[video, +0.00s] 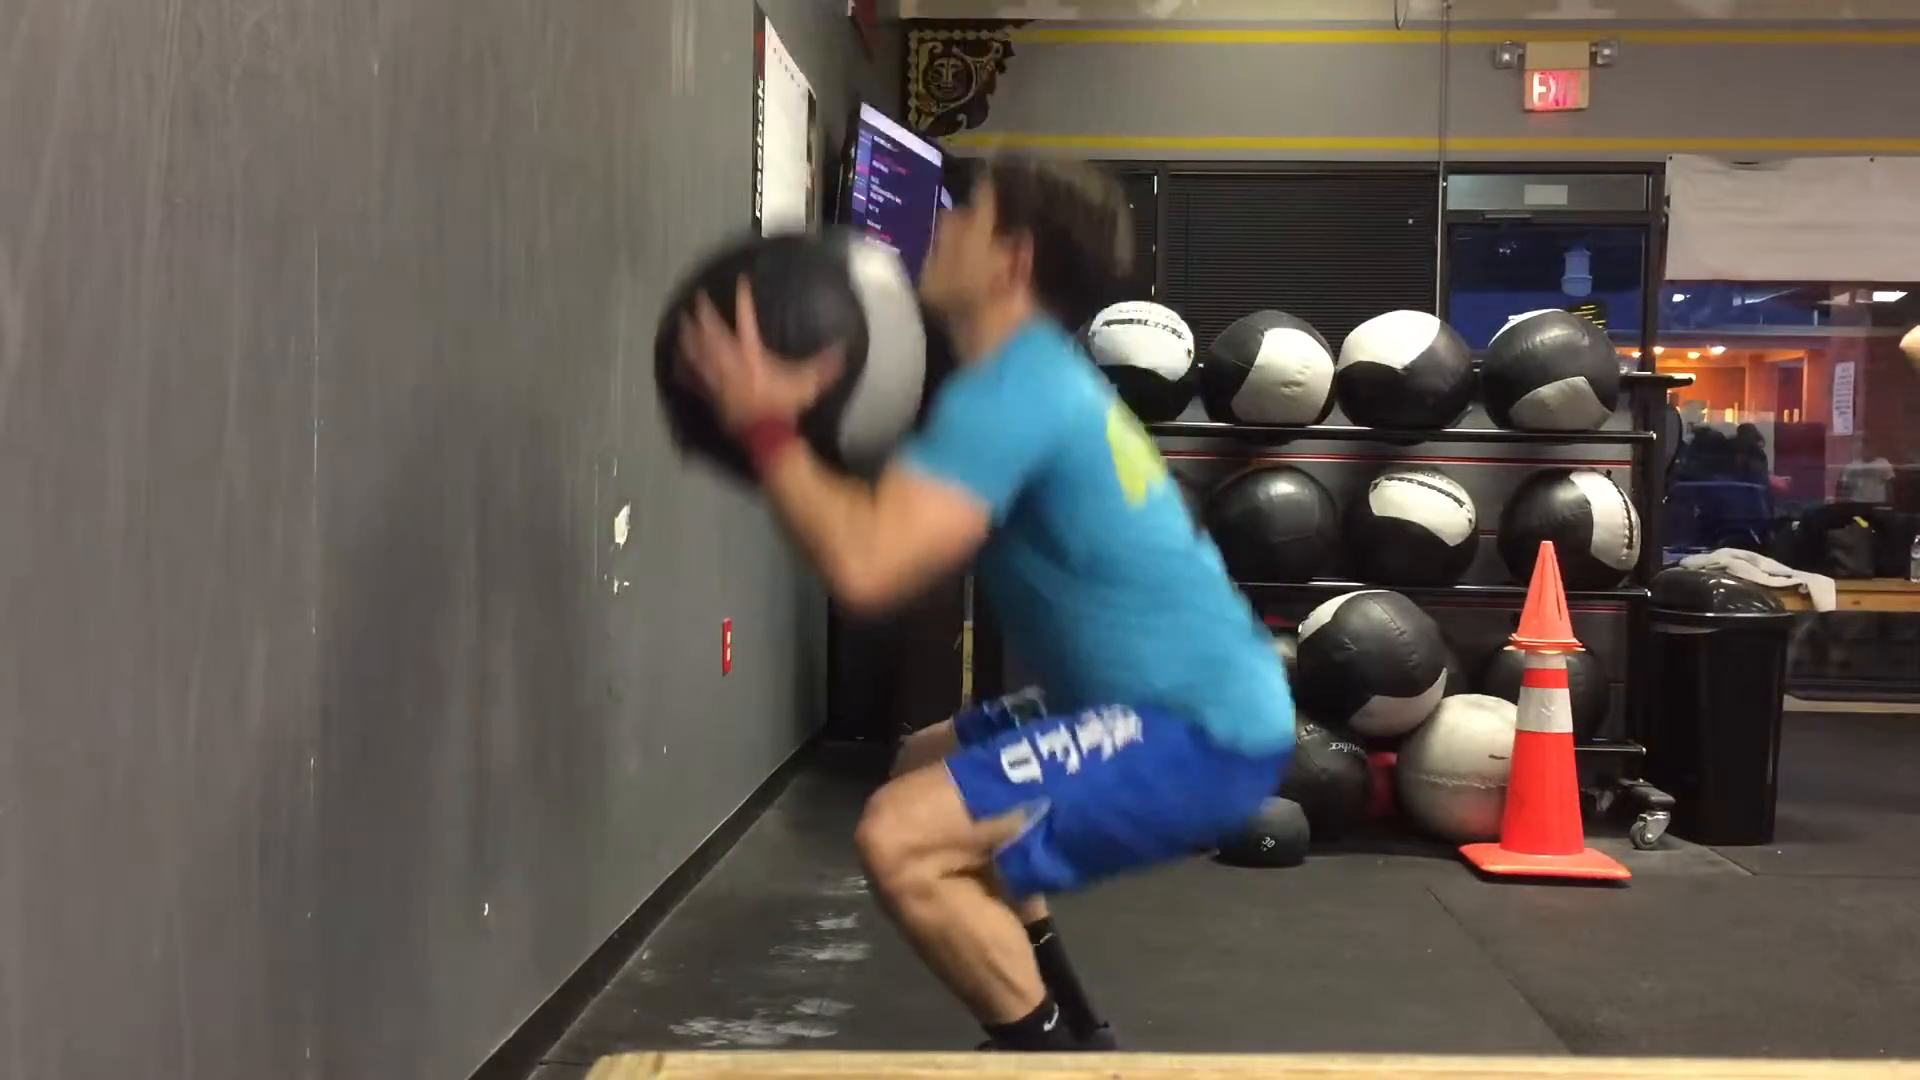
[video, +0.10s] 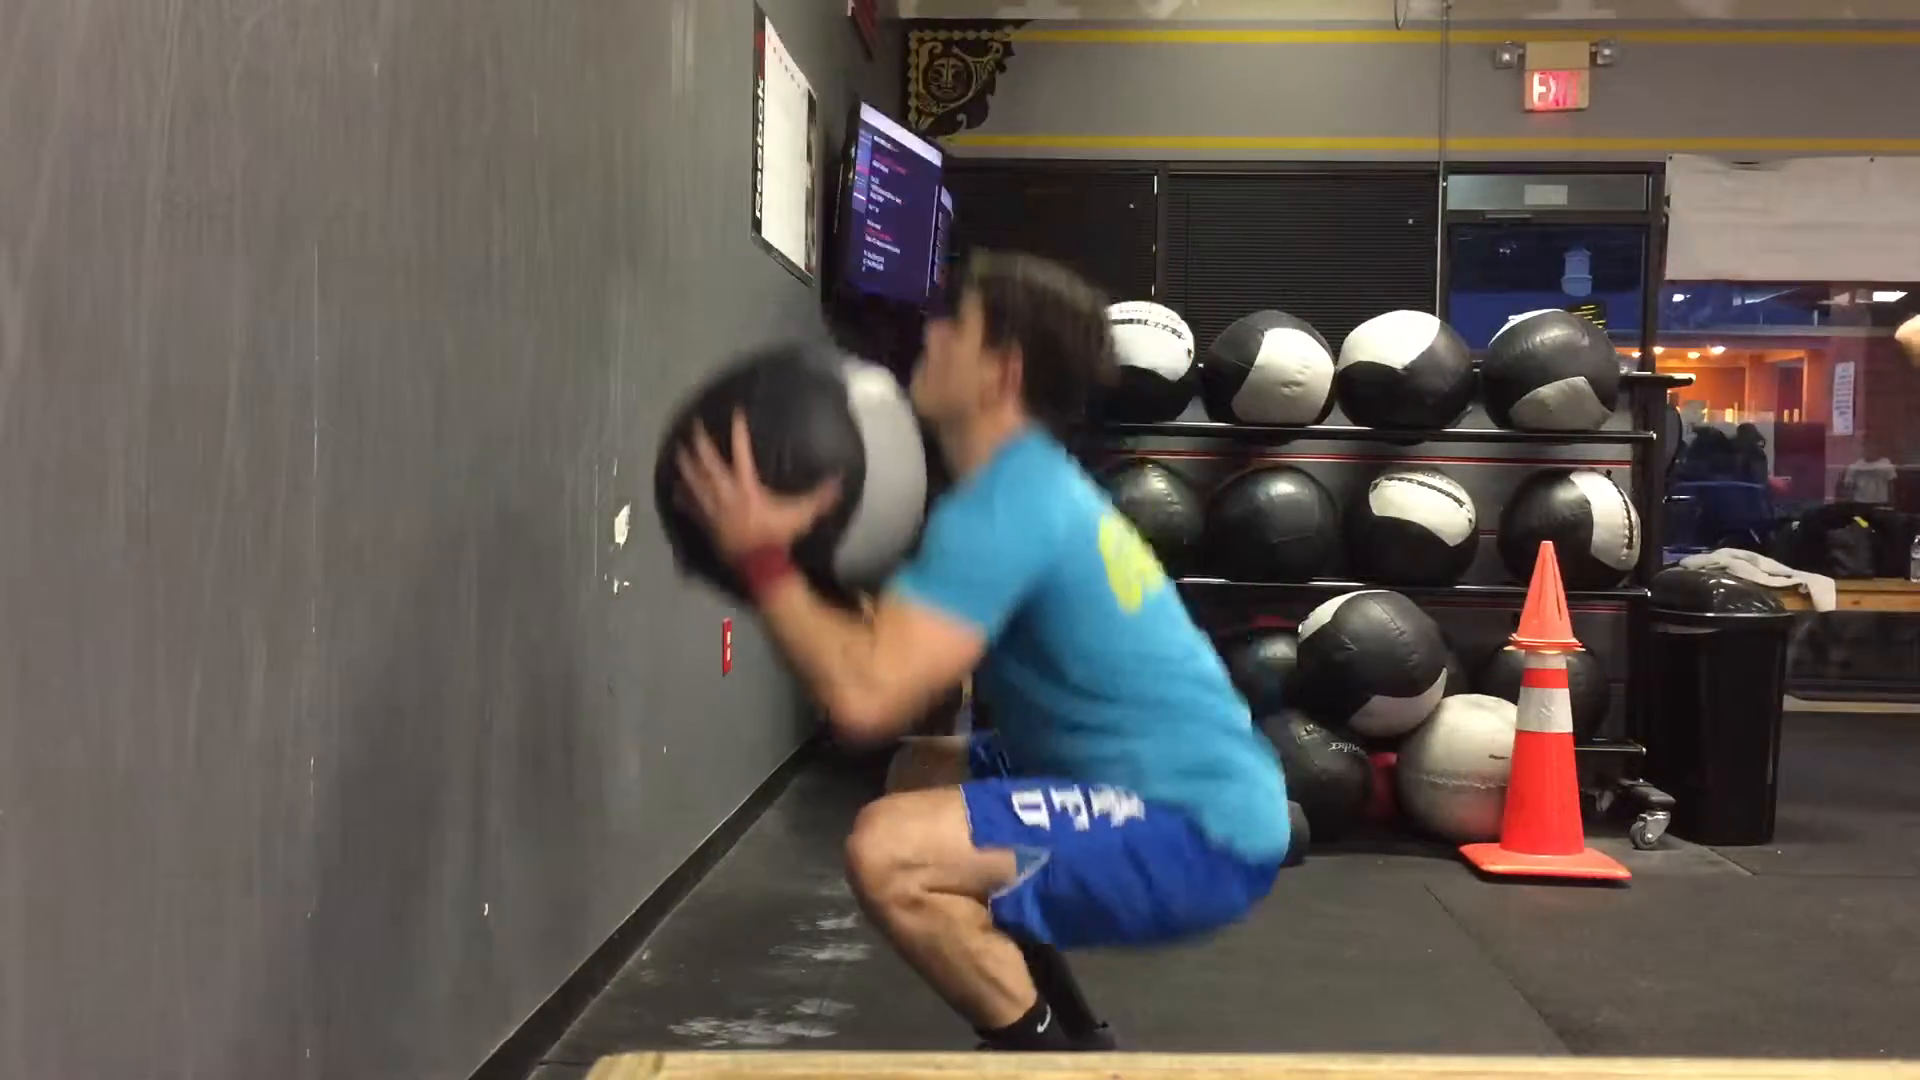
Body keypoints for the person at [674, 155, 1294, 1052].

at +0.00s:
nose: (940, 225)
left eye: (965, 214)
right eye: (956, 208)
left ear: (1013, 263)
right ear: (1015, 269)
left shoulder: (1018, 390)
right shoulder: (1028, 371)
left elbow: (869, 567)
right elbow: (891, 538)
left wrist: (766, 428)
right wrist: (781, 427)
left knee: (900, 841)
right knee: (924, 764)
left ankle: (1046, 1046)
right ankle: (1063, 1016)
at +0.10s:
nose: (929, 336)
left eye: (952, 323)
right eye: (943, 319)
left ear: (1004, 369)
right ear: (1004, 373)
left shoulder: (1010, 505)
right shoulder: (1026, 483)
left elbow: (867, 700)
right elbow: (889, 661)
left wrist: (762, 559)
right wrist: (782, 555)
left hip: (1190, 830)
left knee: (888, 853)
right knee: (911, 775)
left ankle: (1042, 1050)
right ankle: (1066, 1028)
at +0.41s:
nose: (939, 275)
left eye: (963, 261)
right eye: (953, 257)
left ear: (1019, 305)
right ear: (1018, 310)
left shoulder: (1029, 435)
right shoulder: (1048, 412)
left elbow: (900, 623)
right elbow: (911, 586)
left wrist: (783, 503)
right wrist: (789, 492)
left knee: (920, 826)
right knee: (947, 754)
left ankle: (1052, 1051)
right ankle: (1064, 1016)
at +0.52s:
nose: (966, 160)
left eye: (993, 148)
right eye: (982, 144)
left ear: (1044, 186)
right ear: (1045, 191)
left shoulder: (1052, 310)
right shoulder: (1069, 298)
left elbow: (909, 483)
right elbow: (926, 452)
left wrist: (806, 362)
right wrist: (825, 363)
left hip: (1207, 647)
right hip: (1167, 631)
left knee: (932, 816)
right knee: (961, 770)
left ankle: (1055, 1042)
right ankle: (1062, 1016)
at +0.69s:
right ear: (1149, 6)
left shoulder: (1108, 60)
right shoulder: (1101, 67)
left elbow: (941, 87)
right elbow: (953, 157)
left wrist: (858, 14)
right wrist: (891, 50)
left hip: (1119, 467)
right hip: (1101, 461)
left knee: (988, 762)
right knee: (1009, 756)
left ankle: (1068, 1028)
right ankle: (1065, 1021)